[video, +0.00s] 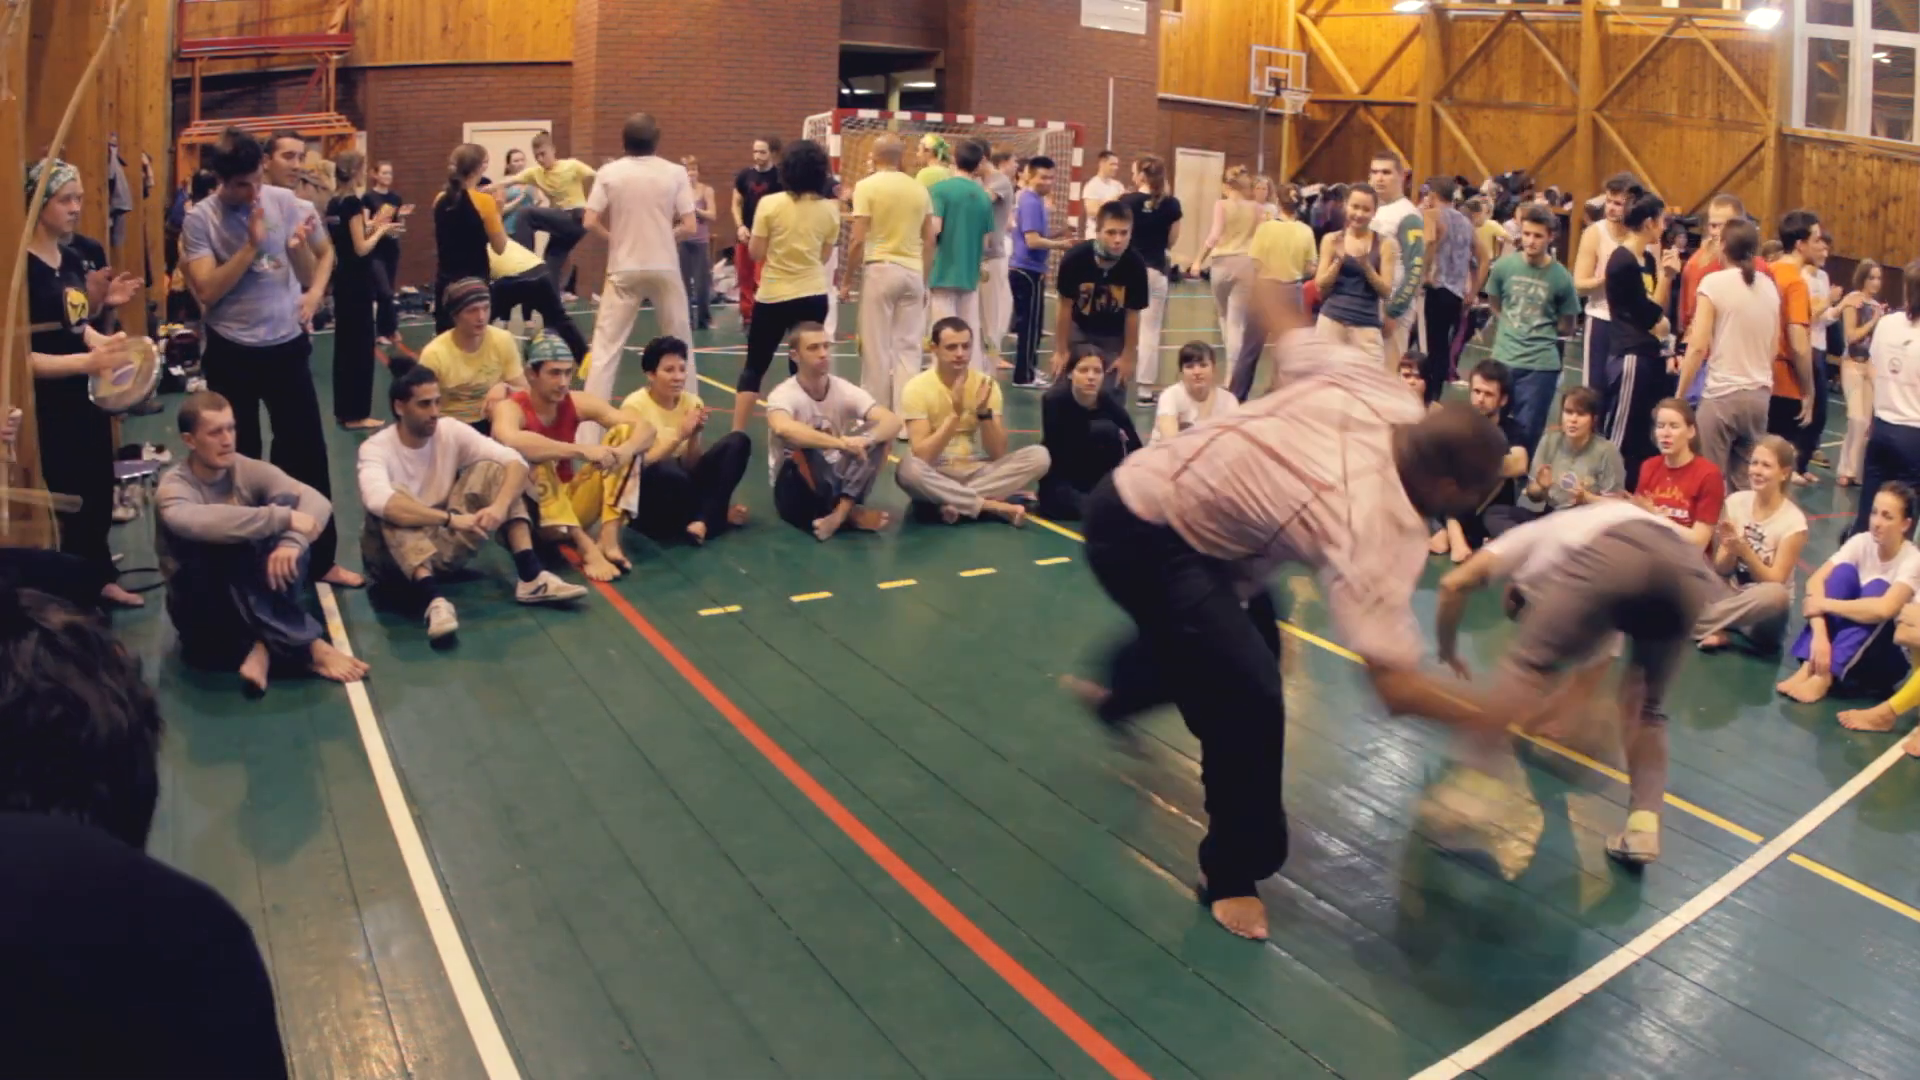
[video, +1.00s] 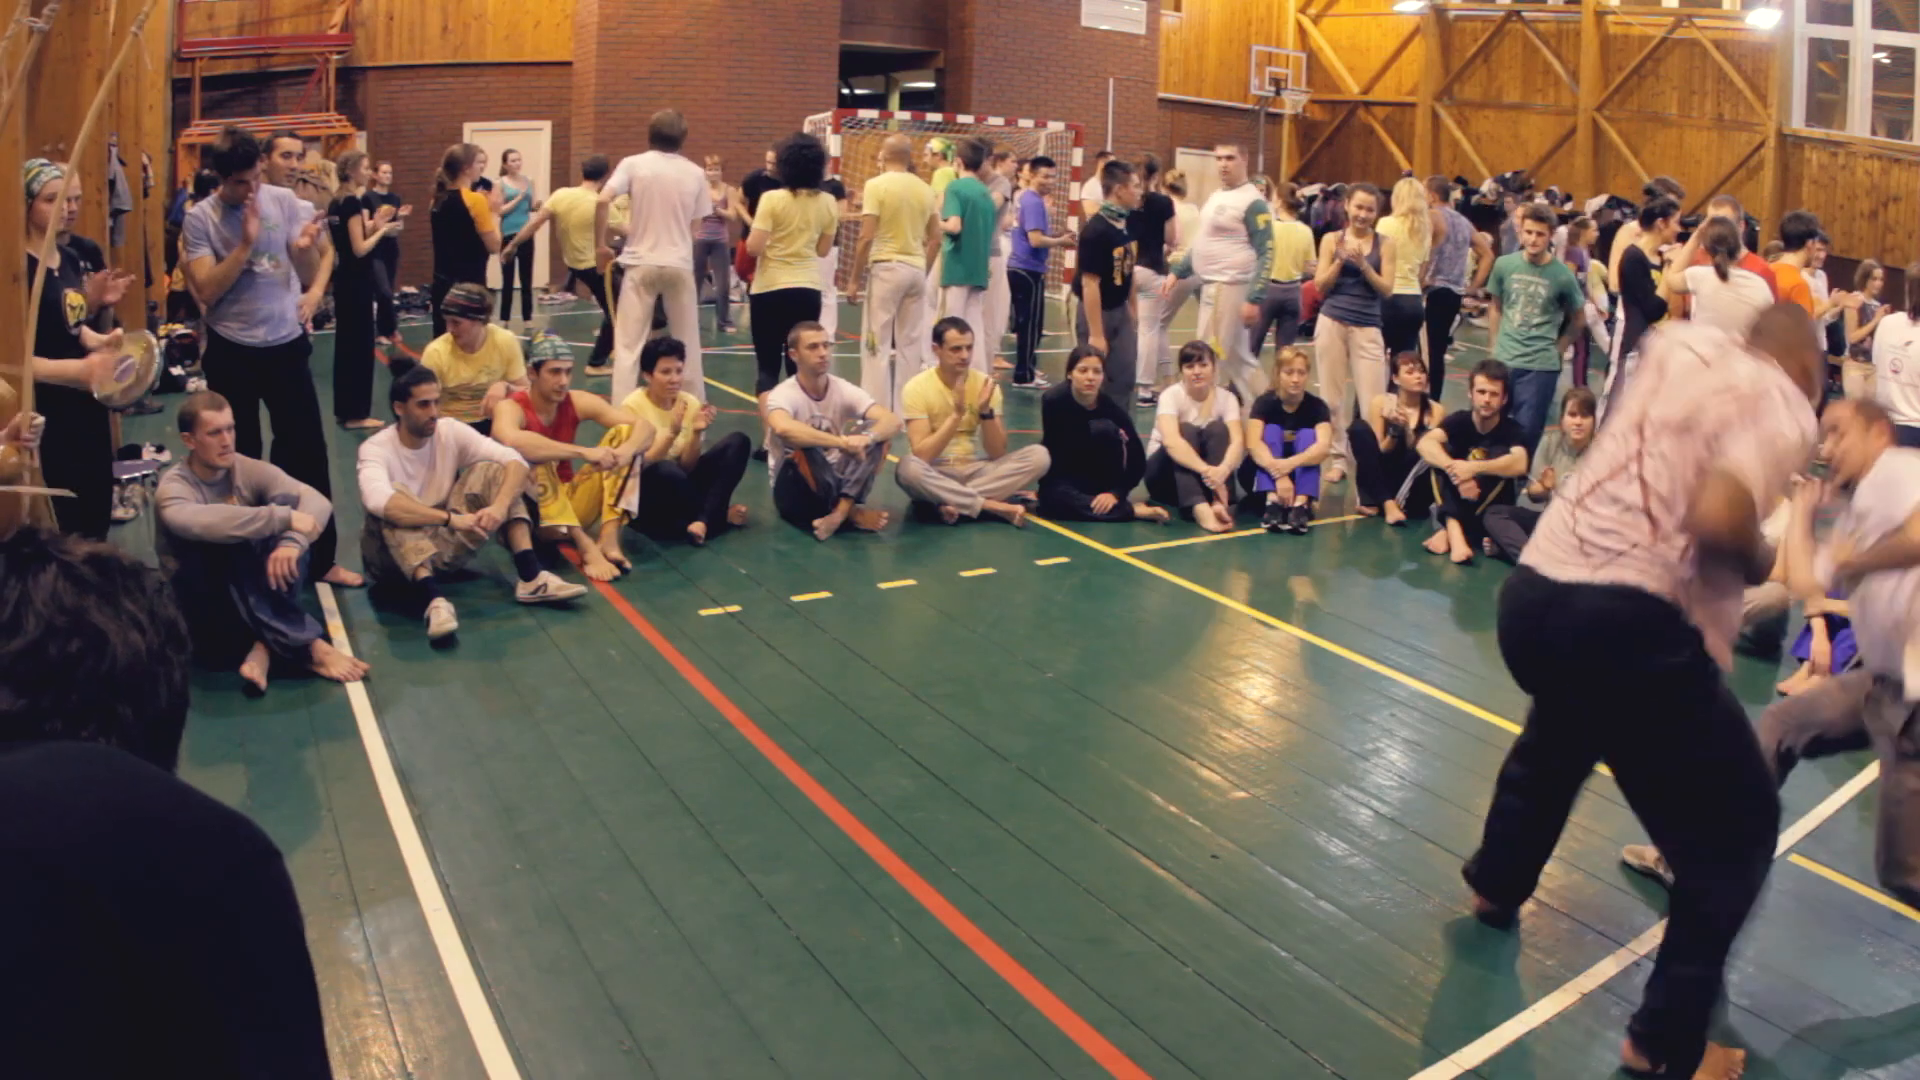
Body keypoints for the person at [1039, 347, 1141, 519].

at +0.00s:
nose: (1091, 377)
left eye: (1097, 371)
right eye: (1084, 371)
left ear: (1104, 376)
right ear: (1071, 374)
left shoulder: (1111, 406)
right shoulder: (1054, 401)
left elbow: (1135, 446)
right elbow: (1052, 449)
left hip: (1100, 481)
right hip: (1063, 480)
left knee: (1106, 430)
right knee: (1054, 506)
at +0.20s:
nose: (1091, 377)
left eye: (1097, 371)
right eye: (1084, 370)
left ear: (1103, 377)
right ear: (1070, 374)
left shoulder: (1113, 410)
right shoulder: (1055, 406)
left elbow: (1137, 458)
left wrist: (1117, 494)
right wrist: (1086, 500)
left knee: (1105, 430)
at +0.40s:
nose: (1091, 377)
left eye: (1097, 371)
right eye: (1083, 370)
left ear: (1104, 376)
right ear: (1071, 374)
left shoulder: (1112, 410)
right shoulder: (1055, 403)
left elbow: (1138, 462)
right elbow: (1051, 453)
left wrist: (1115, 494)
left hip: (1103, 482)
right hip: (1066, 480)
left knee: (1106, 430)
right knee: (1053, 504)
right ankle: (1130, 512)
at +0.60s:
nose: (1090, 377)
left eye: (1096, 371)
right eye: (1083, 370)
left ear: (1104, 376)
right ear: (1070, 375)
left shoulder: (1113, 410)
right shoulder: (1054, 402)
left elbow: (1138, 462)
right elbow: (1052, 454)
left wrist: (1116, 494)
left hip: (1104, 482)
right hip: (1067, 480)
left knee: (1106, 430)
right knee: (1053, 504)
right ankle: (1130, 511)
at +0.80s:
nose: (1090, 377)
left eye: (1097, 372)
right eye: (1083, 371)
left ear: (1103, 376)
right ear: (1070, 375)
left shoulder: (1112, 409)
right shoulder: (1054, 402)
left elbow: (1138, 461)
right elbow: (1050, 449)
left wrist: (1116, 494)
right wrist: (1043, 490)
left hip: (1104, 481)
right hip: (1067, 479)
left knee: (1104, 429)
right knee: (1053, 501)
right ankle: (1130, 512)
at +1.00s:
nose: (1090, 377)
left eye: (1096, 372)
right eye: (1083, 371)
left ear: (1103, 377)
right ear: (1070, 375)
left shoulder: (1111, 409)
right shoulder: (1054, 402)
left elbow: (1138, 461)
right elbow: (1050, 449)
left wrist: (1116, 494)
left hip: (1104, 481)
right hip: (1066, 480)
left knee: (1104, 429)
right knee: (1053, 501)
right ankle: (1130, 511)